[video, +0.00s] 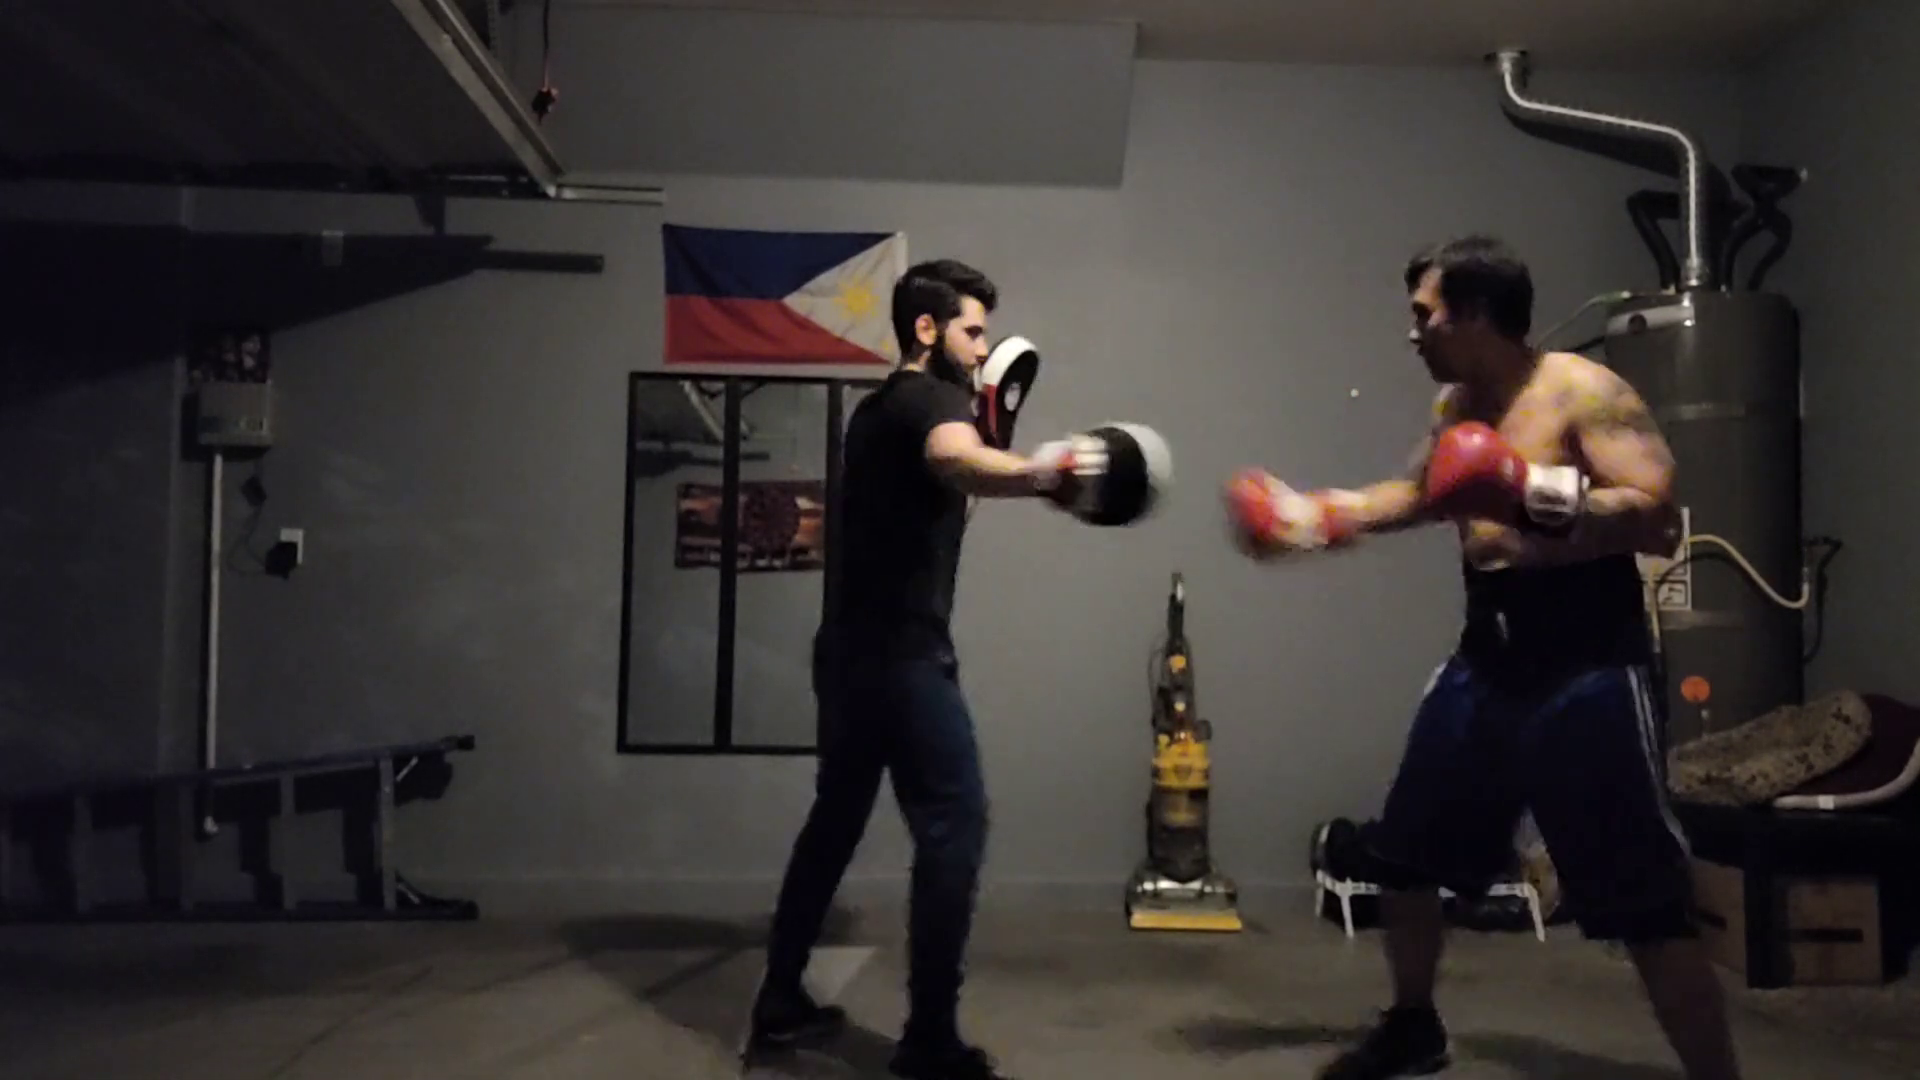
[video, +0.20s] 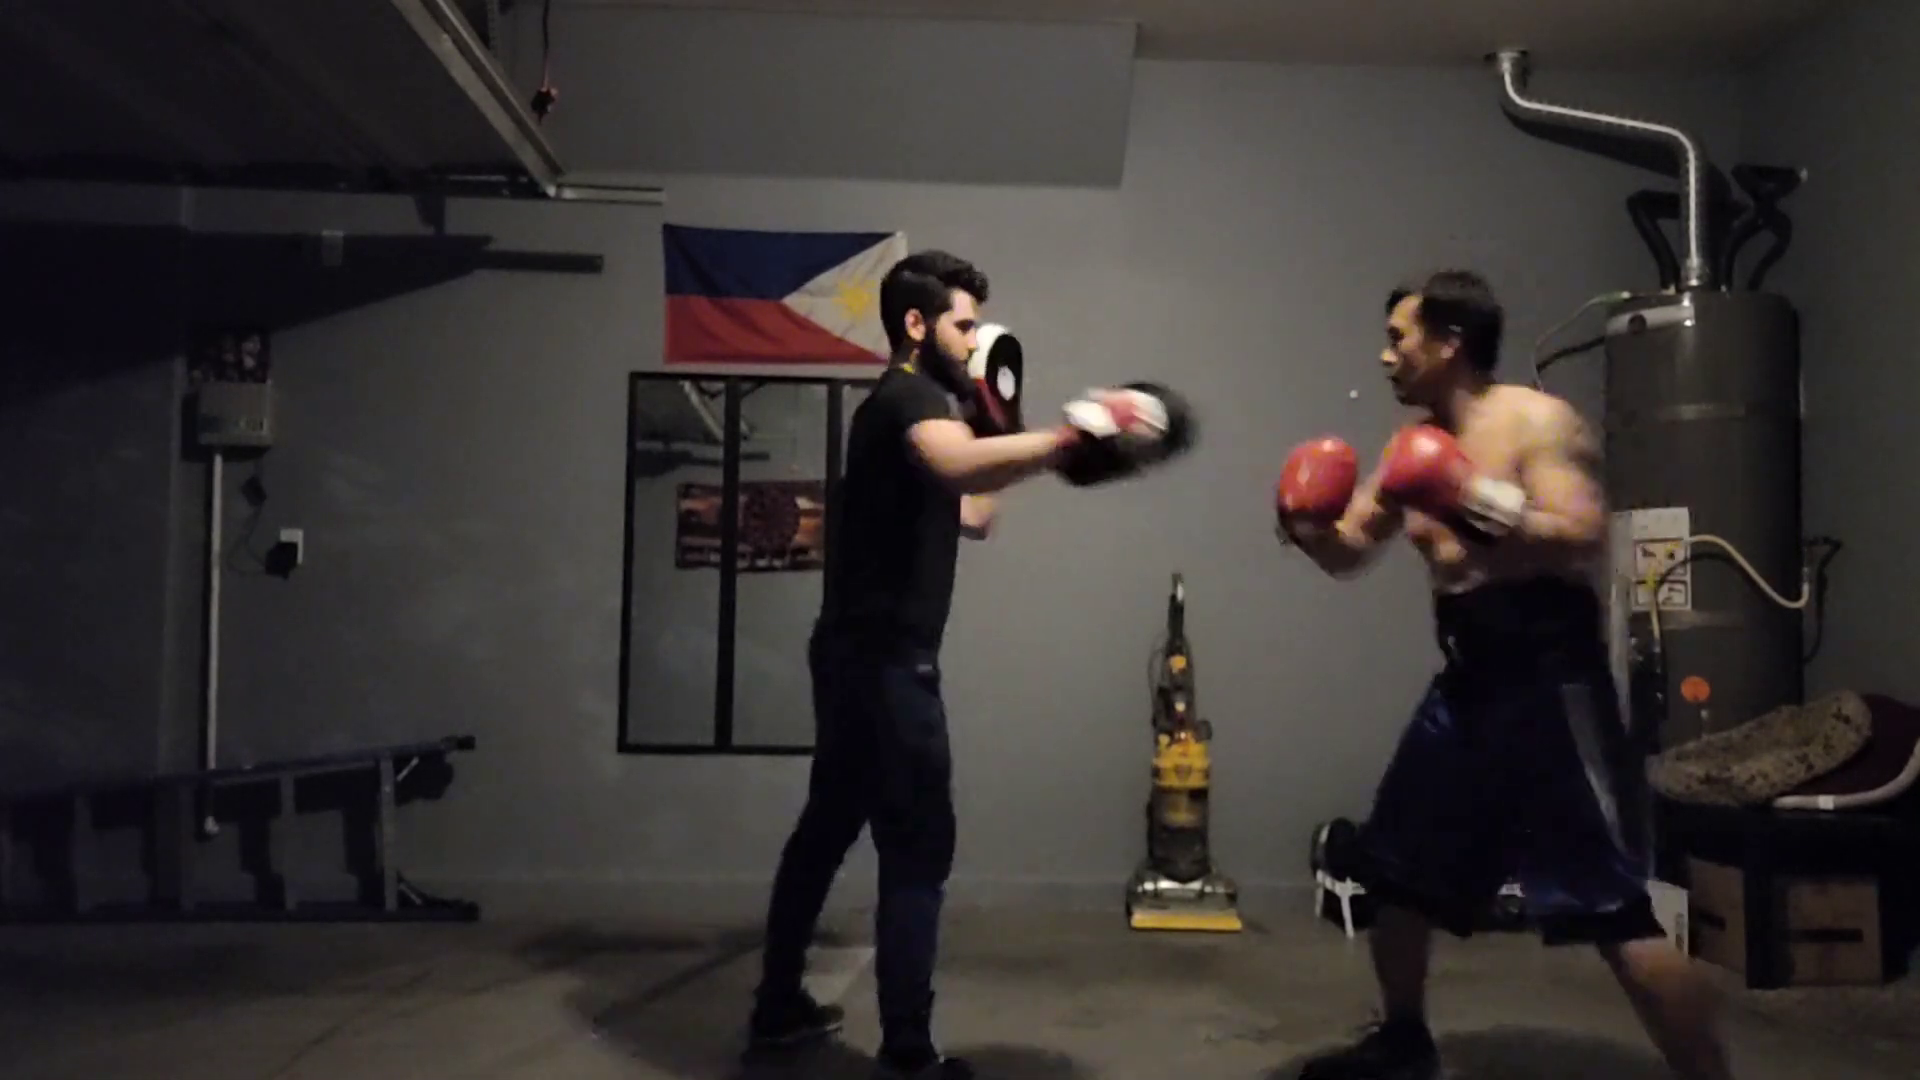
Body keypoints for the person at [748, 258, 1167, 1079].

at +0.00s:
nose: (982, 351)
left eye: (984, 337)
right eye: (973, 334)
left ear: (915, 338)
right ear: (927, 329)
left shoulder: (879, 407)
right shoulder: (929, 394)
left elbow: (926, 479)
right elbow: (956, 458)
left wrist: (979, 418)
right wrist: (1044, 473)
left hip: (851, 653)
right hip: (906, 658)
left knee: (833, 823)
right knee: (955, 827)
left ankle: (779, 997)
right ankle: (931, 1037)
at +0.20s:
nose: (977, 339)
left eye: (977, 325)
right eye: (966, 324)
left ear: (917, 329)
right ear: (917, 323)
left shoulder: (910, 407)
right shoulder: (913, 393)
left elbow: (978, 515)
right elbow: (957, 464)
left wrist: (997, 427)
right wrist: (1069, 435)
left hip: (856, 658)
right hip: (892, 664)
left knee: (826, 828)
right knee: (919, 849)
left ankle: (776, 1002)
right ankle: (909, 1048)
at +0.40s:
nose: (963, 323)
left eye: (961, 312)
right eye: (950, 309)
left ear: (930, 322)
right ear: (905, 313)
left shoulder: (953, 411)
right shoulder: (856, 401)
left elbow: (1057, 461)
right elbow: (894, 469)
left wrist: (1127, 401)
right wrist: (927, 364)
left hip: (898, 664)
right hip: (871, 666)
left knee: (810, 828)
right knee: (924, 846)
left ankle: (727, 992)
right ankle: (907, 1053)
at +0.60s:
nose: (933, 337)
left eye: (934, 321)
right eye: (922, 320)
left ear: (879, 323)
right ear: (873, 316)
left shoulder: (874, 406)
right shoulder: (868, 391)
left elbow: (981, 487)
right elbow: (994, 418)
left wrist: (999, 389)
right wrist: (1047, 350)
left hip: (846, 657)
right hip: (861, 660)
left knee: (814, 826)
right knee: (917, 844)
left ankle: (725, 1003)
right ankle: (907, 1051)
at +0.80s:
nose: (909, 338)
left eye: (910, 323)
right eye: (897, 320)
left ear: (859, 323)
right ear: (850, 317)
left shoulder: (875, 408)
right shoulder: (824, 392)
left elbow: (983, 480)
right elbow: (925, 424)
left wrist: (1017, 401)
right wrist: (979, 336)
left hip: (830, 656)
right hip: (830, 659)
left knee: (773, 832)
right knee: (885, 846)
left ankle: (717, 1013)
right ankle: (904, 1054)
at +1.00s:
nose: (893, 332)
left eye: (895, 318)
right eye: (880, 315)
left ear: (837, 320)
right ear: (832, 314)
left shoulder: (850, 405)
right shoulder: (817, 385)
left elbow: (960, 461)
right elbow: (937, 400)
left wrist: (988, 370)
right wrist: (950, 308)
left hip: (807, 656)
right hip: (816, 659)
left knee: (764, 835)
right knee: (871, 845)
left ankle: (715, 1014)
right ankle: (882, 1050)